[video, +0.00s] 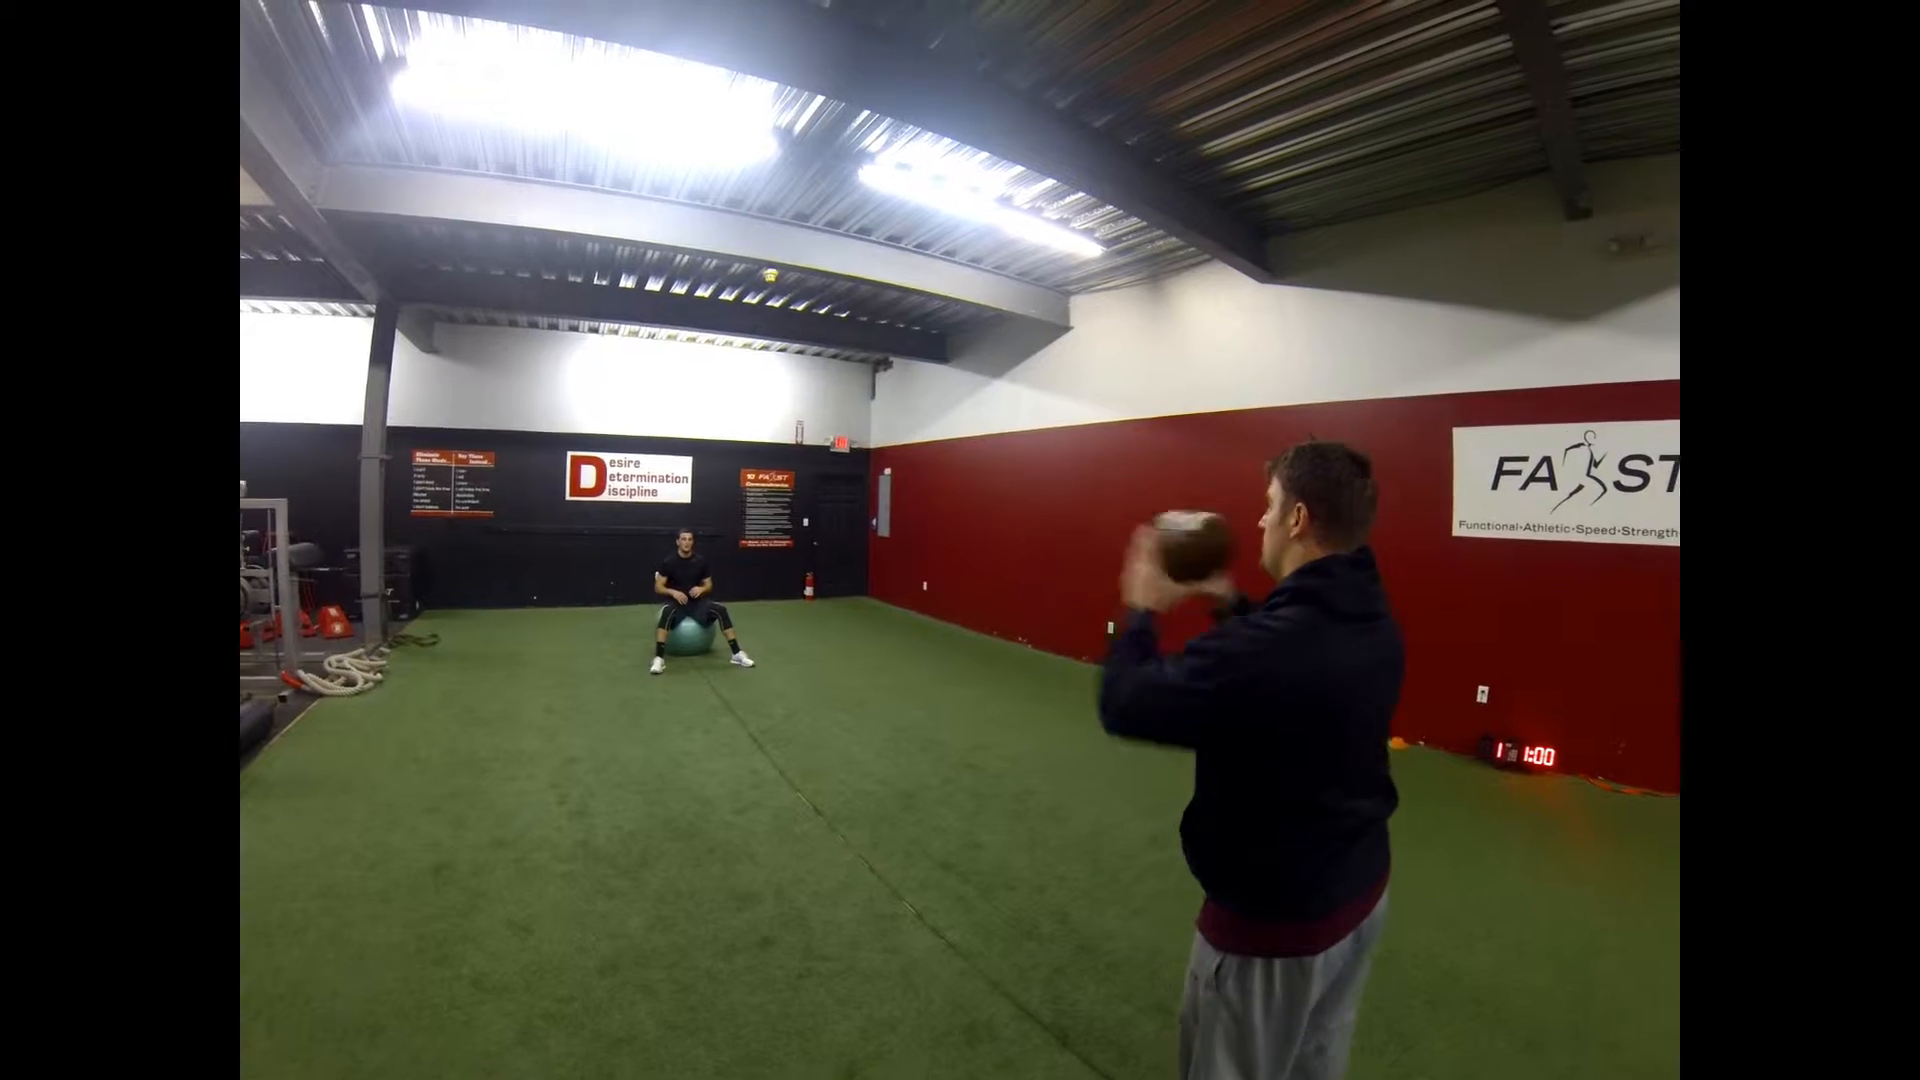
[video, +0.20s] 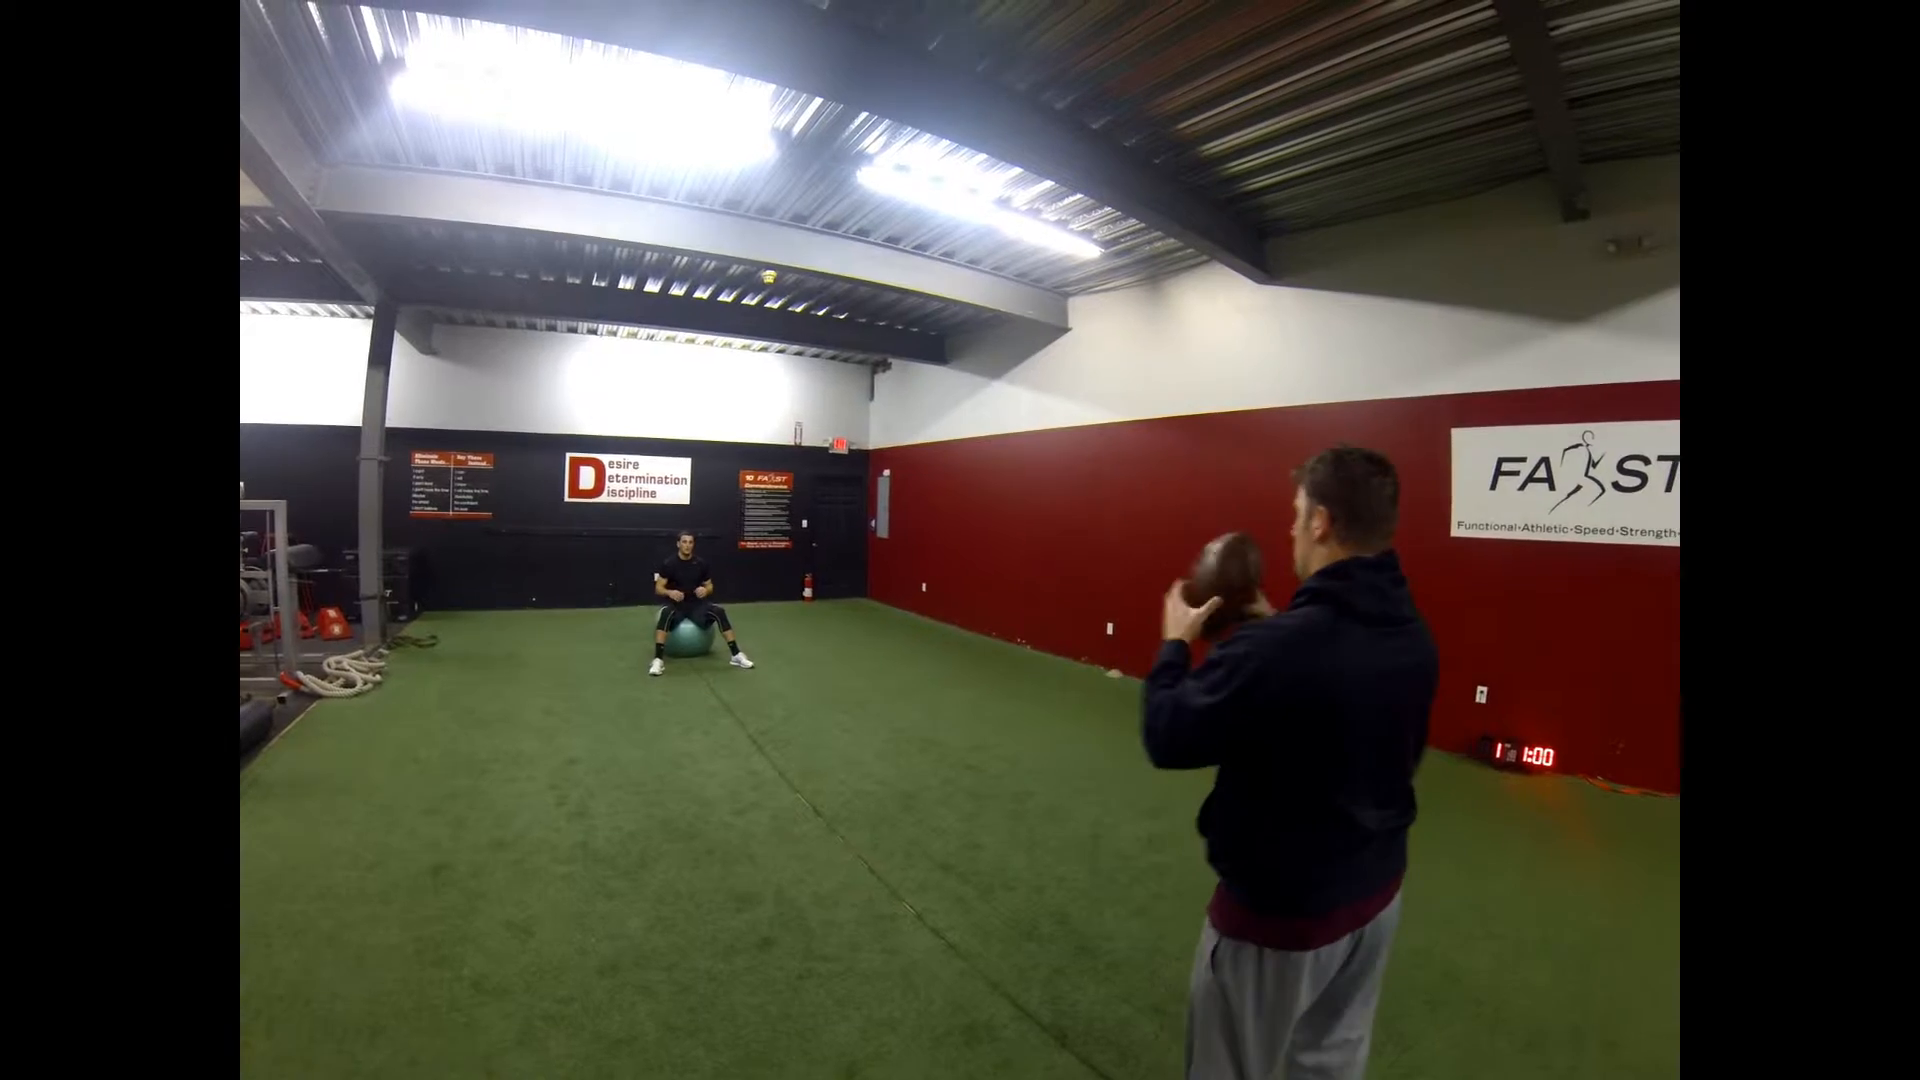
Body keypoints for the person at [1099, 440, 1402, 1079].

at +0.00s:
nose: (1260, 523)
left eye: (1268, 506)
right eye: (1264, 506)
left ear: (1300, 517)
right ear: (1357, 525)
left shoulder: (1265, 644)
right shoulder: (1374, 621)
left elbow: (1126, 706)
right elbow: (1294, 664)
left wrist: (1140, 608)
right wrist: (1227, 600)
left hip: (1266, 923)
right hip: (1357, 896)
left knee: (1227, 1067)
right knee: (1316, 1066)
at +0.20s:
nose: (1292, 528)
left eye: (1297, 513)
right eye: (1294, 514)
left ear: (1319, 522)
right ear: (1385, 525)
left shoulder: (1275, 648)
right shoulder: (1411, 635)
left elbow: (1169, 738)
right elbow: (1339, 706)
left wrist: (1174, 646)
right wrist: (1271, 626)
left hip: (1276, 915)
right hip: (1374, 896)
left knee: (1231, 1066)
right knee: (1333, 1063)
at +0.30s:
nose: (1310, 530)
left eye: (1313, 516)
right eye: (1311, 516)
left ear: (1333, 523)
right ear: (1399, 526)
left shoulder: (1289, 646)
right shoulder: (1429, 638)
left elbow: (1190, 739)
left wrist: (1197, 653)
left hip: (1283, 914)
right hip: (1383, 900)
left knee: (1228, 1065)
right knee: (1344, 1064)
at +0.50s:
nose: (1352, 531)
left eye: (1355, 518)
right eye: (1355, 519)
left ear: (1371, 526)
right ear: (1442, 534)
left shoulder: (1320, 637)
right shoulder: (1468, 649)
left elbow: (1229, 728)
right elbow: (1447, 765)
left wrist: (1268, 647)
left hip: (1300, 909)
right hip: (1402, 904)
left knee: (1227, 1065)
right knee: (1355, 1066)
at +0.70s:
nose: (1386, 542)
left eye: (1392, 528)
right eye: (1389, 527)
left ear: (1419, 537)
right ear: (1475, 544)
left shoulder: (1348, 630)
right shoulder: (1501, 662)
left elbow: (1265, 711)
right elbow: (1478, 751)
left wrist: (1353, 681)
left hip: (1306, 897)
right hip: (1413, 909)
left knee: (1214, 991)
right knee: (1361, 1059)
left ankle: (1193, 1075)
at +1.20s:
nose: (1359, 557)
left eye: (1365, 542)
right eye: (1363, 542)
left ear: (1389, 545)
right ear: (1446, 558)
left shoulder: (1310, 629)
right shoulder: (1459, 666)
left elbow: (1284, 691)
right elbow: (1522, 753)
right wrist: (1481, 663)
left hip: (1256, 872)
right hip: (1361, 895)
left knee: (1187, 973)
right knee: (1347, 1053)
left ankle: (1131, 1054)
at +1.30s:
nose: (1331, 550)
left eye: (1340, 538)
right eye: (1334, 537)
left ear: (1362, 545)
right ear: (1427, 561)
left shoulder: (1299, 625)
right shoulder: (1448, 658)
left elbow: (1236, 648)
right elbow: (1540, 697)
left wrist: (1300, 595)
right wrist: (1492, 622)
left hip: (1245, 868)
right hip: (1349, 882)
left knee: (1180, 959)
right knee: (1337, 1044)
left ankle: (1138, 1053)